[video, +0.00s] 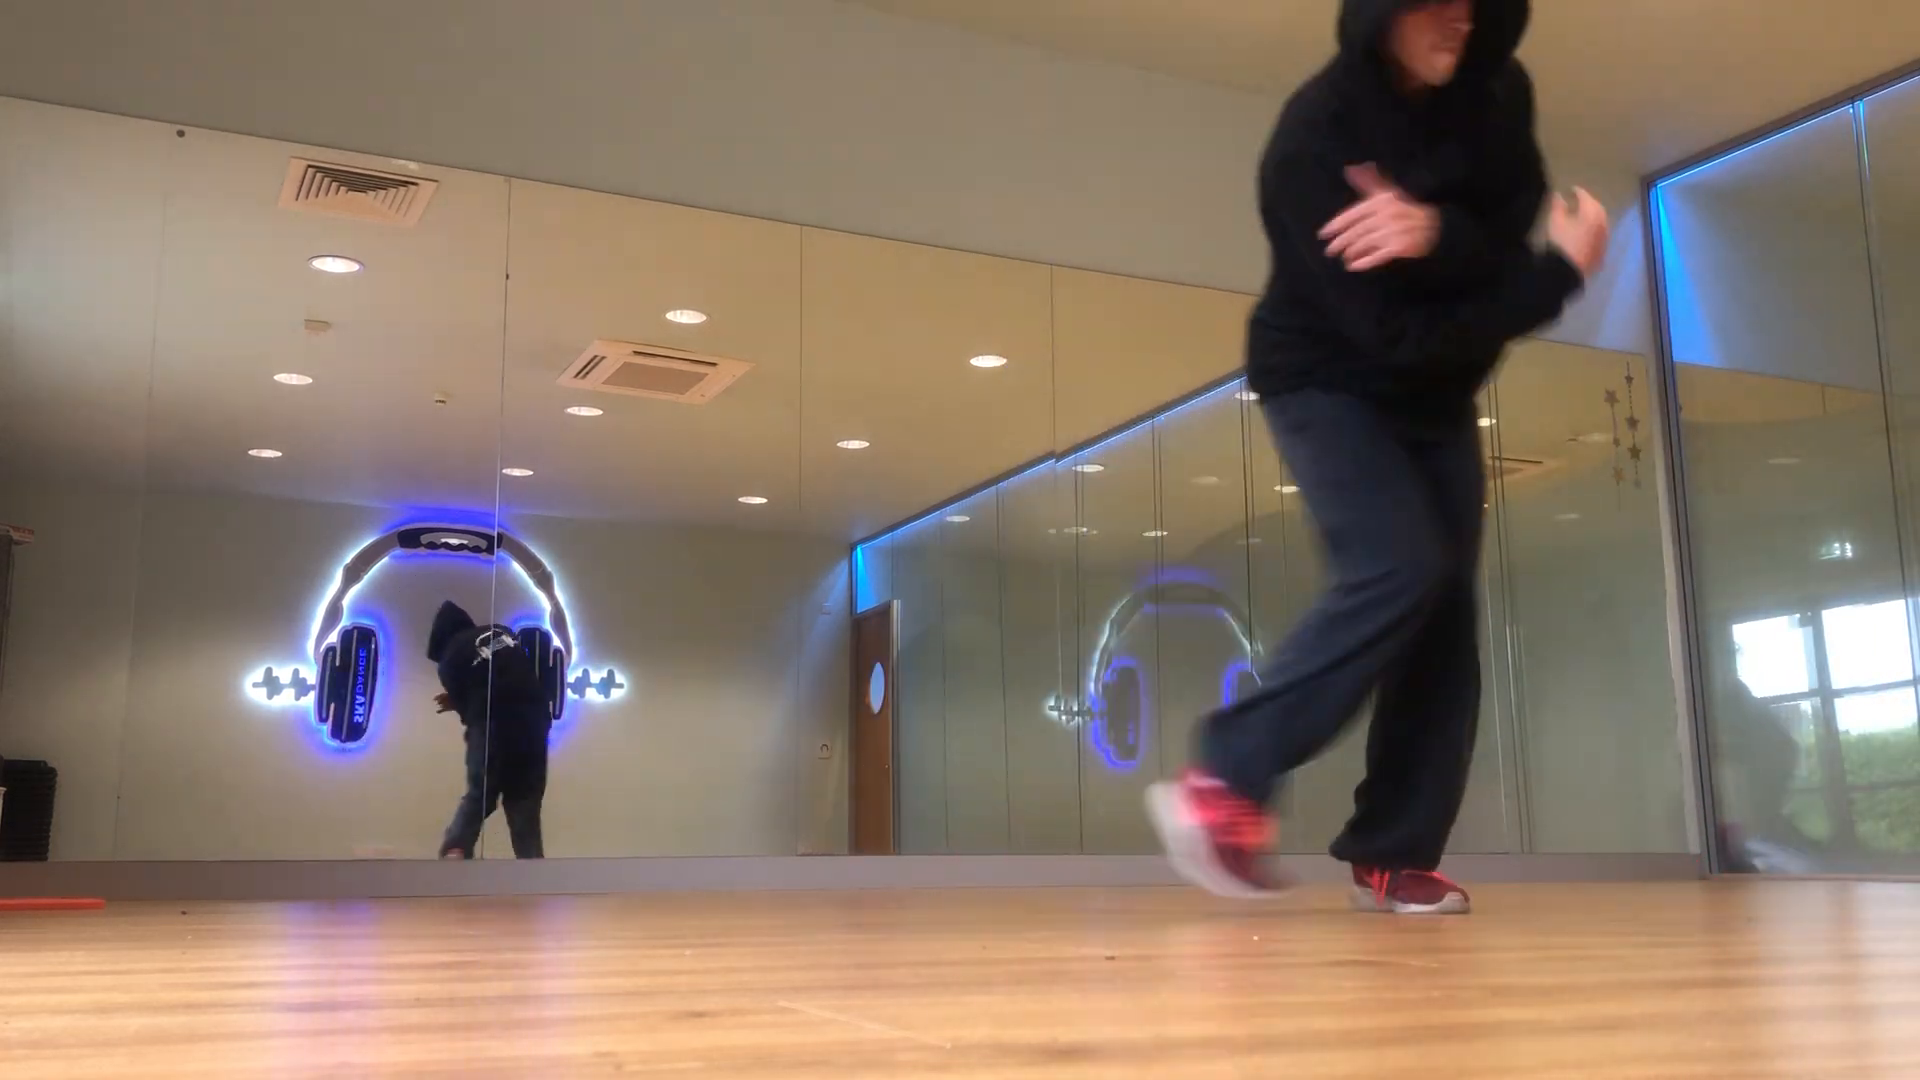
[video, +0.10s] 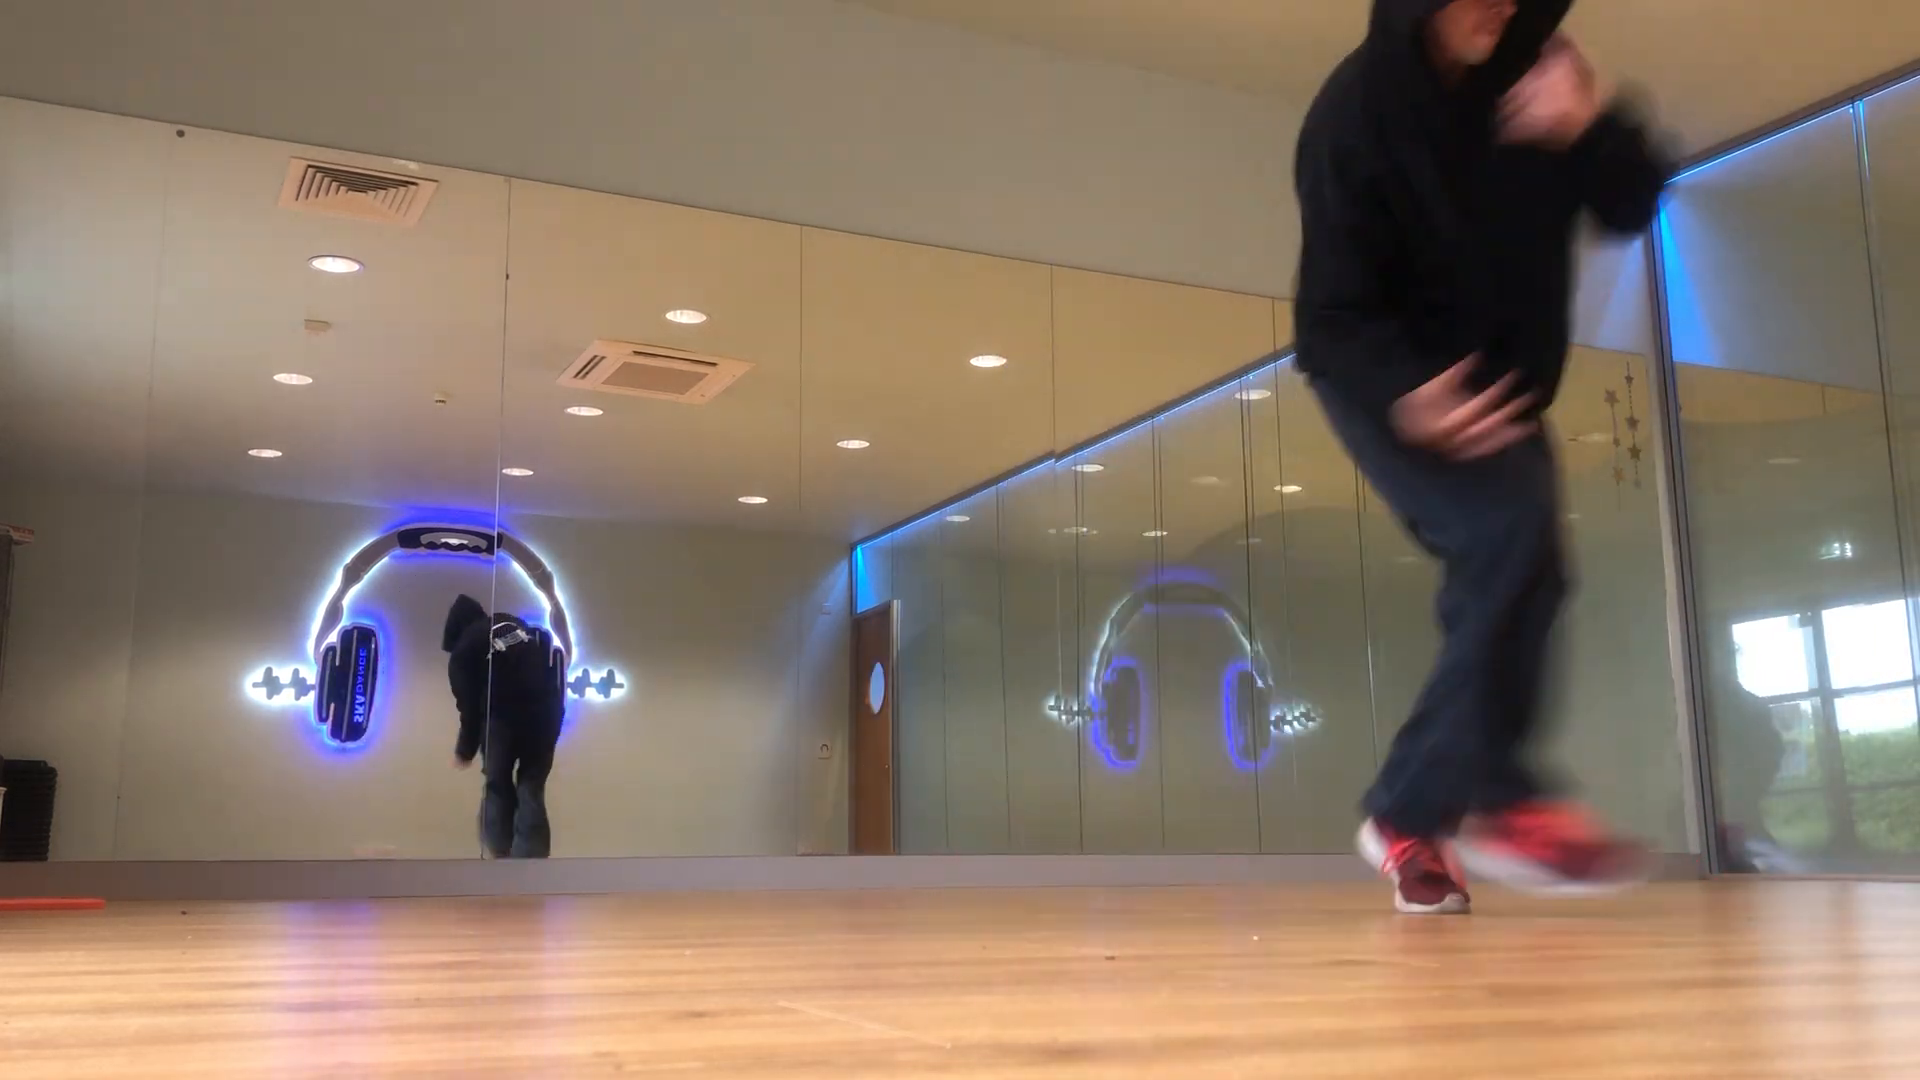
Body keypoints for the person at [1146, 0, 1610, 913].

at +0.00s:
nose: (1453, 27)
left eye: (1467, 12)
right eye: (1432, 10)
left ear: (1484, 19)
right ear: (1378, 16)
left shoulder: (1495, 92)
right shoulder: (1319, 132)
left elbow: (1518, 234)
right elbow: (1397, 328)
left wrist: (1435, 228)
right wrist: (1555, 269)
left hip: (1433, 385)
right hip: (1320, 380)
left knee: (1444, 606)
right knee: (1396, 572)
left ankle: (1392, 852)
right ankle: (1227, 775)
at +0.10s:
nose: (1491, 15)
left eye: (1505, 4)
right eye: (1472, 5)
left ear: (1522, 8)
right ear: (1427, 5)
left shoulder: (1543, 66)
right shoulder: (1361, 104)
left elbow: (1631, 204)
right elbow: (1333, 309)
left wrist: (1591, 129)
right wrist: (1401, 396)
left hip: (1502, 371)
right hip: (1385, 372)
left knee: (1523, 576)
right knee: (1500, 535)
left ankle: (1407, 815)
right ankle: (1494, 795)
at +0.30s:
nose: (1573, 16)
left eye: (1584, 3)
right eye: (1555, 0)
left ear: (1599, 11)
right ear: (1504, 4)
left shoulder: (1614, 89)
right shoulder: (1444, 124)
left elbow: (1739, 106)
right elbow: (1320, 284)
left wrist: (1799, 13)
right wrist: (1340, 427)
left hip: (1624, 413)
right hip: (1529, 424)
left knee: (1693, 662)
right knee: (1758, 569)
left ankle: (1469, 797)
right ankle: (1863, 833)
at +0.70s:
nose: (1629, 24)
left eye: (1635, 17)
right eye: (1634, 14)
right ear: (1611, 2)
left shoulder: (1463, 21)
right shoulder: (1539, 33)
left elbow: (1426, 183)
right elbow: (1629, 216)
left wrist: (1510, 299)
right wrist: (1599, 298)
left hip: (1313, 303)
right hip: (1354, 301)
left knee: (1410, 585)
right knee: (1518, 480)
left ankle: (1364, 845)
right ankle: (1230, 578)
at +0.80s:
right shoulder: (1552, 16)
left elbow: (1607, 180)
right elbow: (1608, 174)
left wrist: (1523, 188)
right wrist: (1539, 179)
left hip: (1283, 234)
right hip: (1319, 228)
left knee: (1336, 527)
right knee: (1451, 455)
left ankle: (1275, 808)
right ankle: (1228, 674)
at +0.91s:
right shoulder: (1539, 14)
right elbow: (1612, 178)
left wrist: (1486, 149)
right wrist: (1534, 264)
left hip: (1271, 246)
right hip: (1301, 242)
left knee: (1269, 539)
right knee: (1413, 495)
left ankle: (1134, 817)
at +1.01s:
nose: (1599, 16)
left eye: (1597, 15)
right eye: (1601, 10)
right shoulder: (1499, 17)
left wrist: (1452, 216)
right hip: (1274, 284)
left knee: (1310, 579)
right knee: (1418, 535)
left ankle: (1147, 797)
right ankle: (1292, 843)